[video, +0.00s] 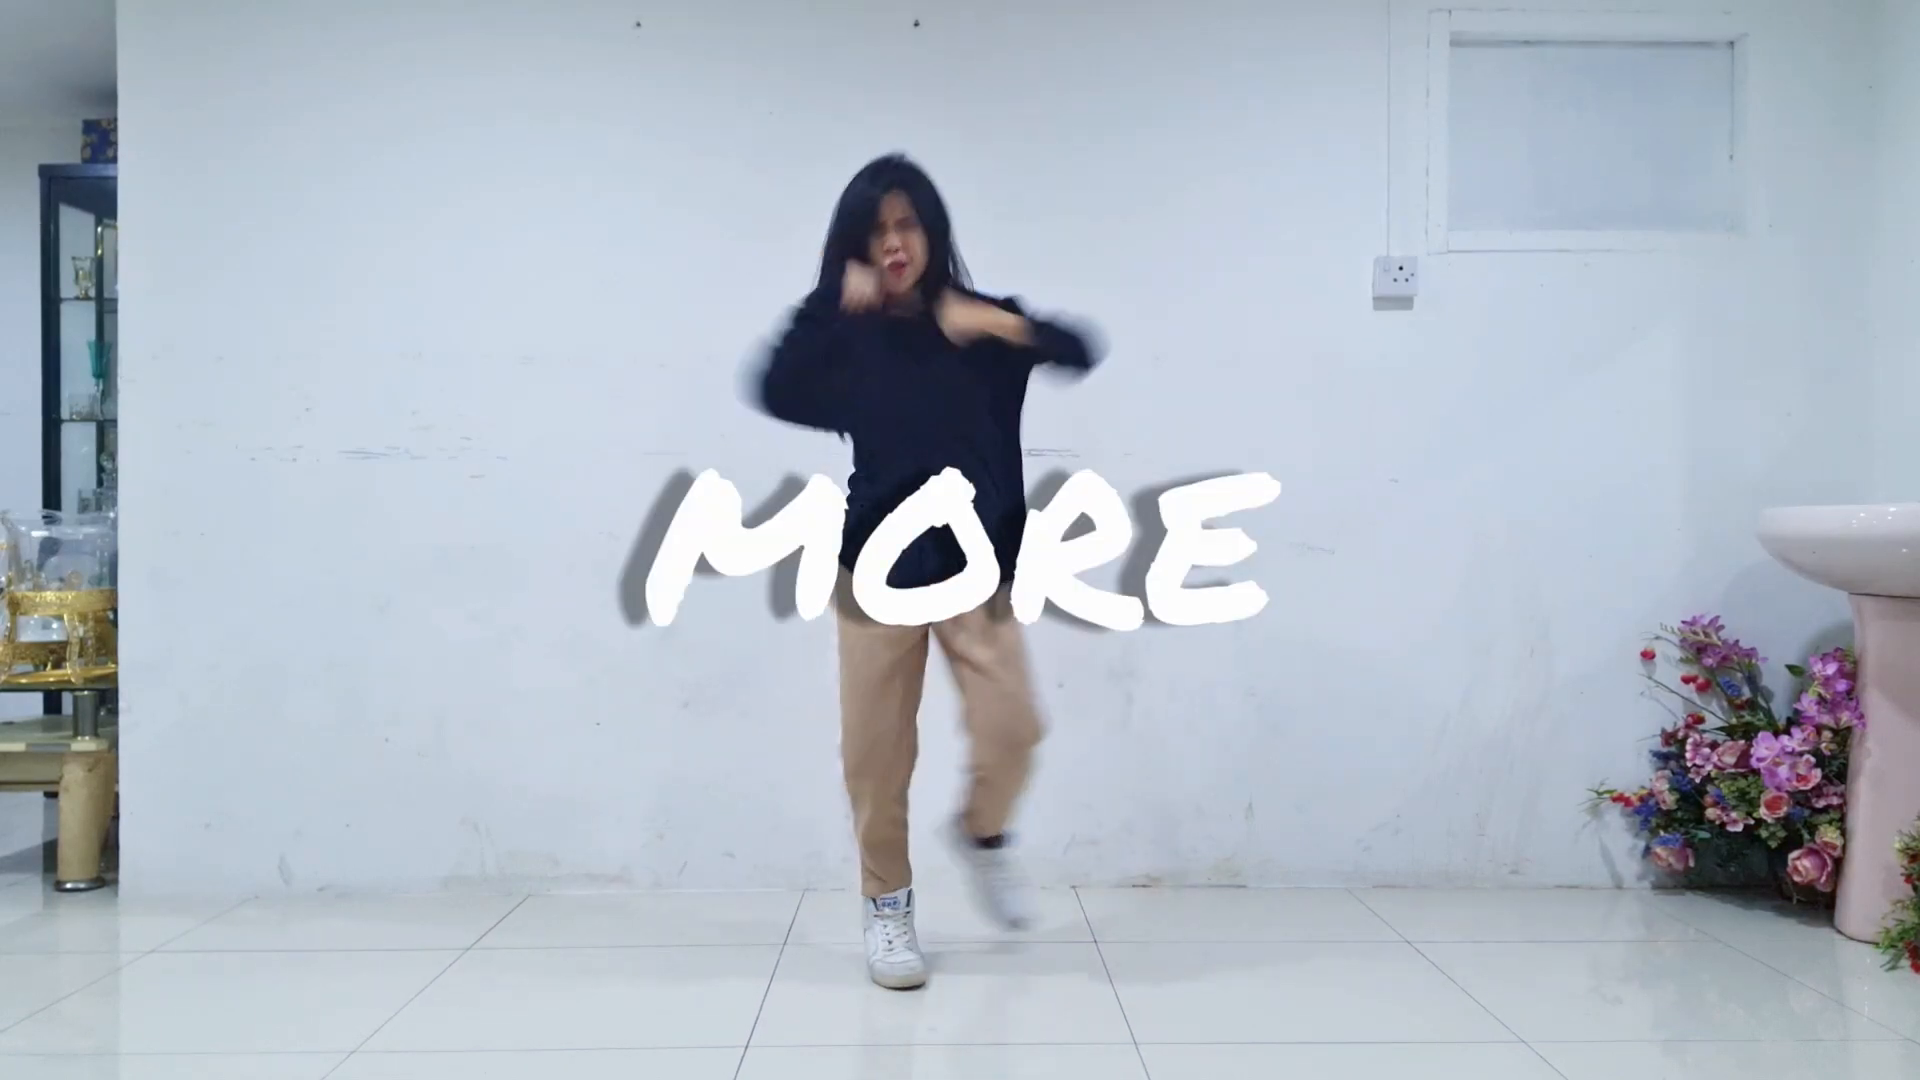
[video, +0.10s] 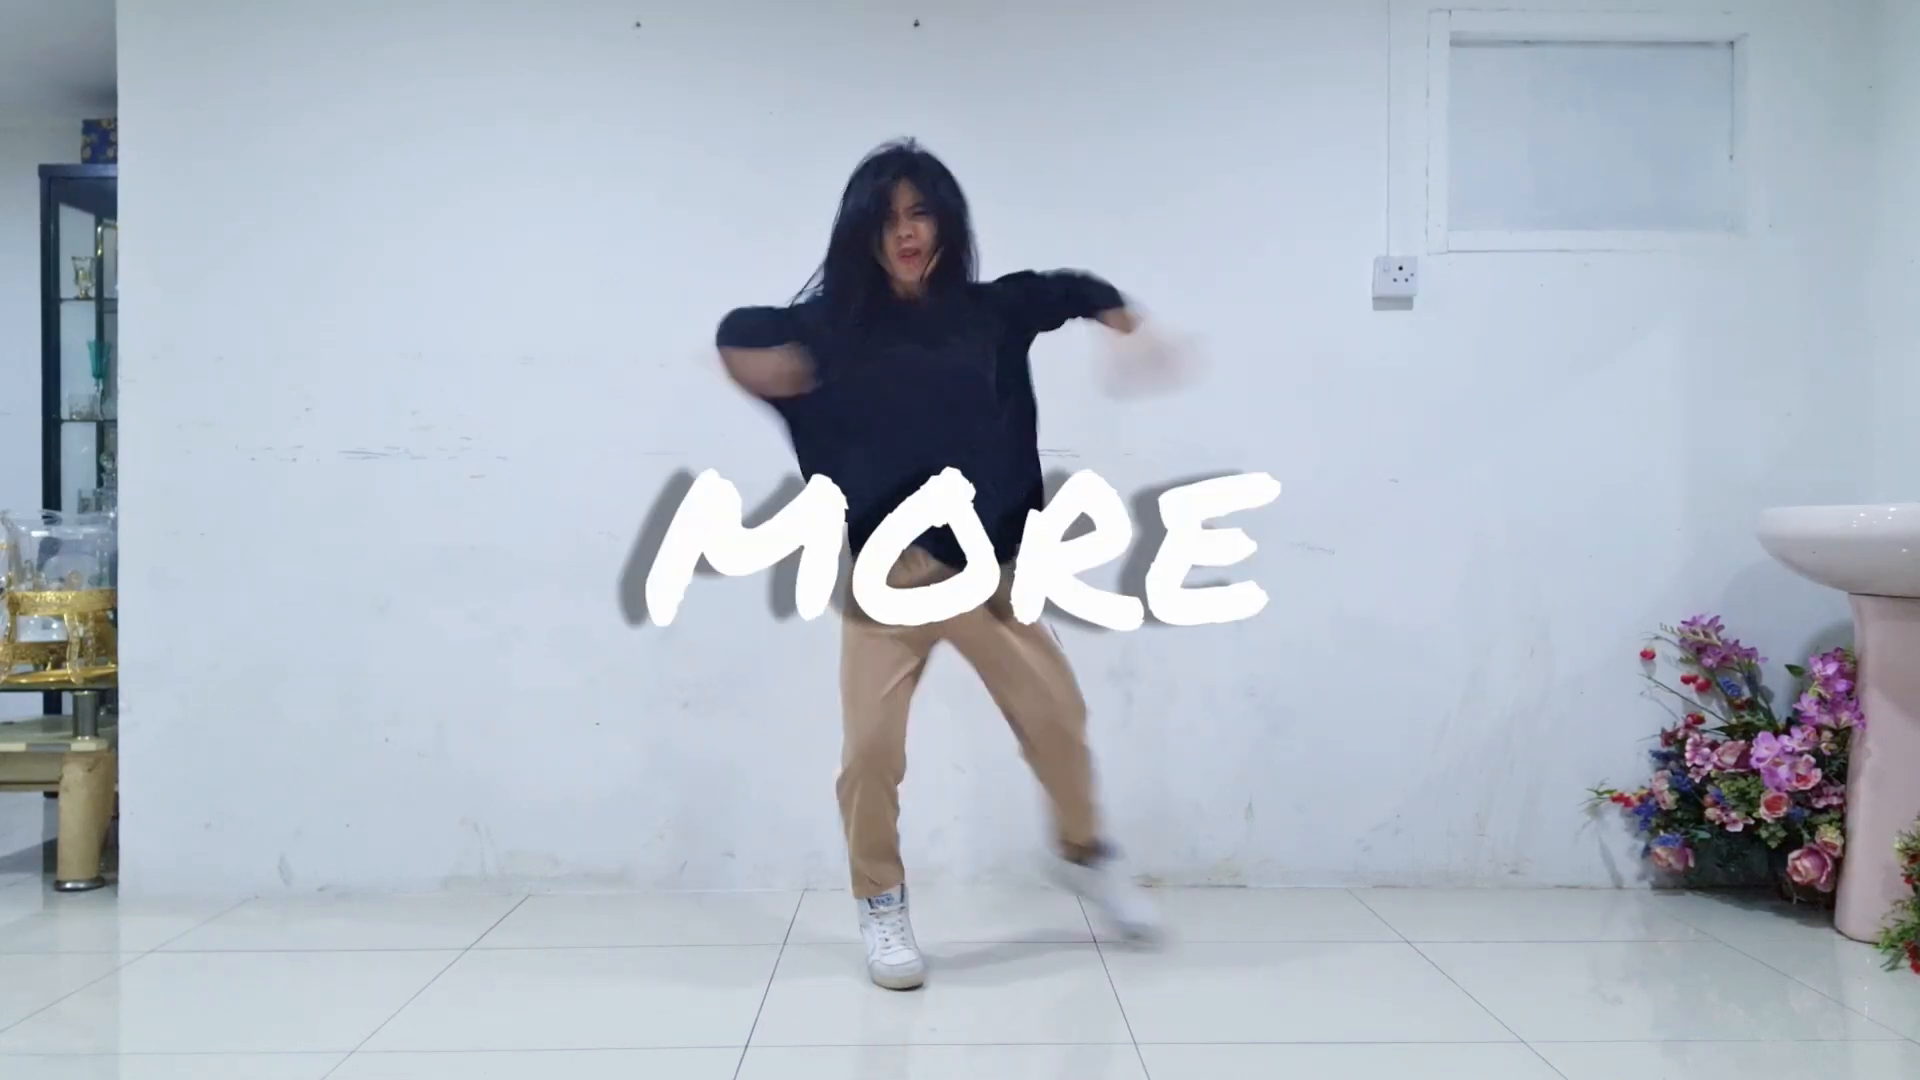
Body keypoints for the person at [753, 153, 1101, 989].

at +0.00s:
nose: (895, 245)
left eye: (908, 227)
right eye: (878, 231)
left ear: (936, 235)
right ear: (853, 245)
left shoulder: (992, 323)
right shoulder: (839, 335)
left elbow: (1080, 353)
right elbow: (782, 395)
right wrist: (836, 307)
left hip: (979, 562)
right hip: (876, 568)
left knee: (1012, 728)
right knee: (876, 750)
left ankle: (982, 837)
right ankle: (887, 903)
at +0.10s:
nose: (910, 233)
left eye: (924, 215)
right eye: (892, 219)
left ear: (948, 224)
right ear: (864, 232)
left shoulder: (990, 309)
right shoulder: (828, 323)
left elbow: (1074, 290)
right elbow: (738, 330)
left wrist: (1125, 320)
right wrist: (757, 359)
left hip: (992, 569)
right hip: (880, 580)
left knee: (1057, 715)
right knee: (870, 755)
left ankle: (1087, 855)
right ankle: (881, 906)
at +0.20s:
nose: (921, 284)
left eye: (937, 268)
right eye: (905, 268)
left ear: (962, 276)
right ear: (877, 277)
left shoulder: (1000, 367)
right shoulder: (831, 378)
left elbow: (1102, 369)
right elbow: (721, 367)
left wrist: (1201, 338)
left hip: (996, 616)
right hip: (893, 626)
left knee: (1075, 768)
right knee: (879, 783)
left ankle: (1146, 879)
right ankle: (885, 923)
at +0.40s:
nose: (908, 268)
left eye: (924, 250)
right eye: (892, 253)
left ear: (954, 258)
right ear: (873, 265)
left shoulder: (997, 354)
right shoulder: (847, 363)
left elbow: (1081, 406)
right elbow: (762, 397)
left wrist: (1108, 337)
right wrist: (700, 324)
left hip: (969, 599)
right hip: (866, 603)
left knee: (1021, 753)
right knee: (865, 773)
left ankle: (1077, 884)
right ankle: (886, 919)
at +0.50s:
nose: (901, 254)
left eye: (917, 235)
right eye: (885, 239)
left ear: (945, 240)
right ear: (864, 250)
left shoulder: (989, 324)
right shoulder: (850, 344)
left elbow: (1061, 389)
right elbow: (787, 418)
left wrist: (1072, 319)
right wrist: (731, 342)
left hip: (956, 586)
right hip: (857, 588)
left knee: (984, 748)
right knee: (861, 764)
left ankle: (1000, 885)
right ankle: (886, 911)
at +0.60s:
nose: (894, 242)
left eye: (910, 223)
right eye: (877, 227)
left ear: (938, 227)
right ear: (855, 239)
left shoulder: (987, 299)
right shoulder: (851, 334)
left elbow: (1062, 366)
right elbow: (807, 435)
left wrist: (1050, 310)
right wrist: (715, 383)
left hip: (956, 568)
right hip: (856, 570)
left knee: (946, 742)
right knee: (862, 750)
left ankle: (936, 896)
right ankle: (883, 907)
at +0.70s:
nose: (893, 240)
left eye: (909, 222)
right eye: (875, 226)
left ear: (934, 229)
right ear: (853, 239)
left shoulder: (978, 288)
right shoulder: (847, 333)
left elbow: (1054, 343)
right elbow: (840, 468)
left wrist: (1017, 367)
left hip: (952, 561)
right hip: (857, 565)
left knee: (920, 742)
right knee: (860, 751)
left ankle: (933, 897)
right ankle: (875, 908)